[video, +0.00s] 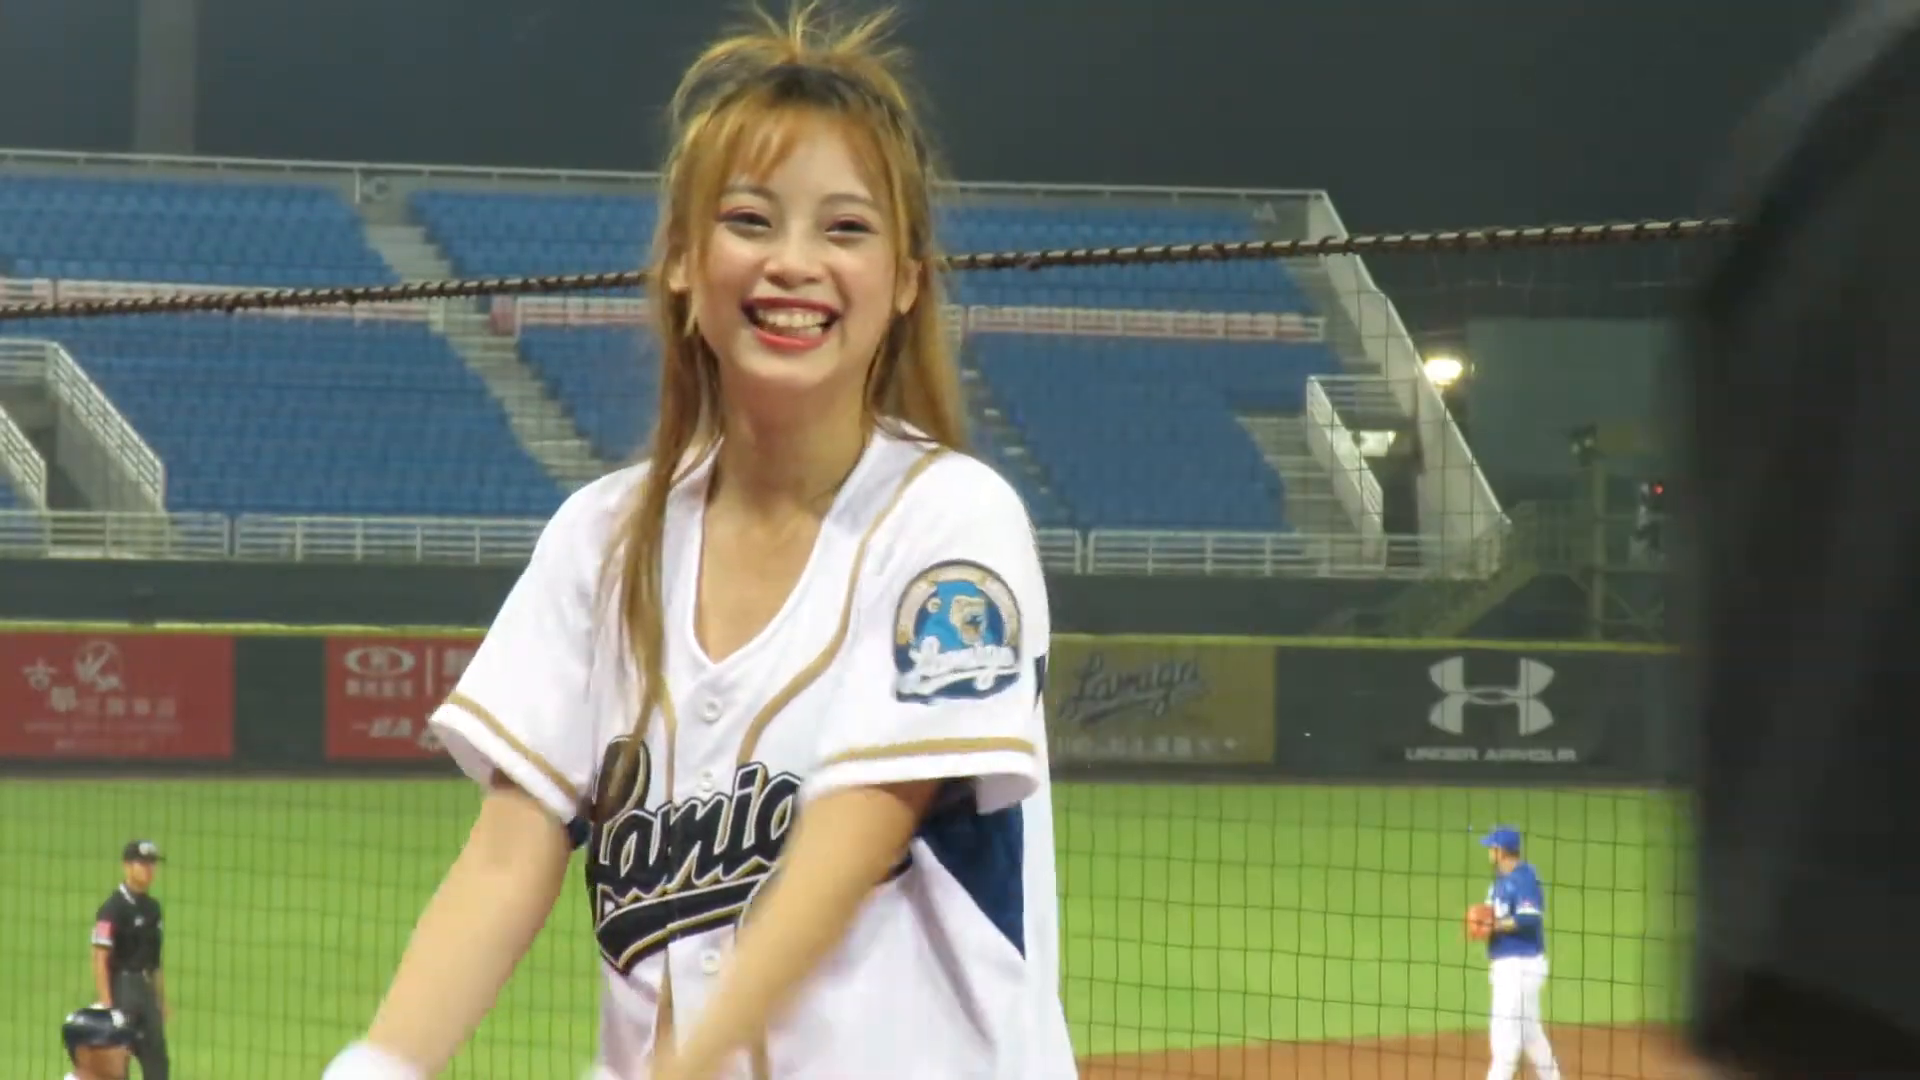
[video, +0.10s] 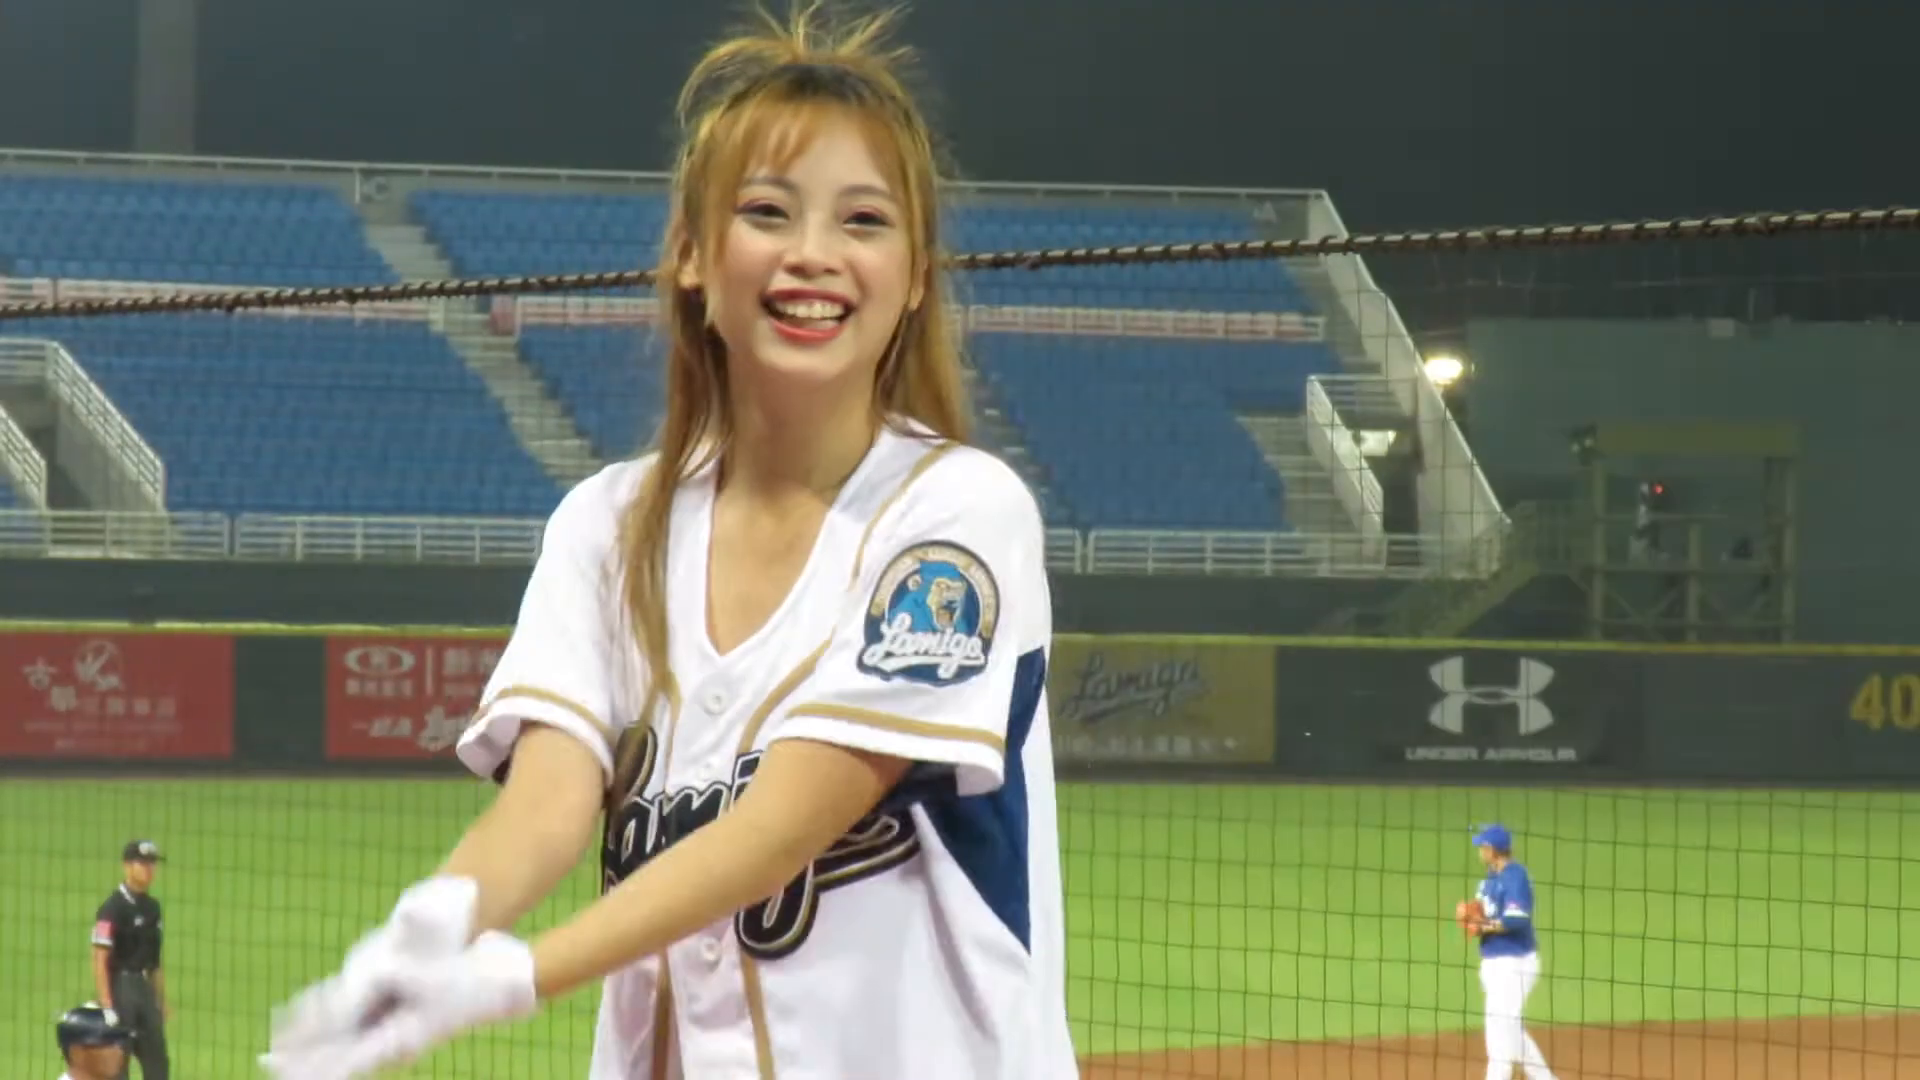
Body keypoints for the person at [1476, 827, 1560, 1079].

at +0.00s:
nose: (1490, 854)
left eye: (1493, 849)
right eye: (1490, 849)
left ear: (1503, 851)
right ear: (1505, 851)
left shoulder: (1524, 876)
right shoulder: (1500, 880)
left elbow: (1529, 917)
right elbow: (1494, 909)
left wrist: (1495, 925)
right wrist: (1482, 920)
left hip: (1522, 962)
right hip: (1505, 961)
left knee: (1505, 1029)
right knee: (1528, 1029)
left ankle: (1500, 1073)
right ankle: (1550, 1073)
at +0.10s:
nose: (1480, 852)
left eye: (1484, 847)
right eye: (1481, 847)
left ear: (1495, 849)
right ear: (1493, 849)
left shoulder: (1515, 875)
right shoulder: (1490, 879)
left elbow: (1518, 920)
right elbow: (1485, 909)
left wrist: (1484, 926)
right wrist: (1473, 916)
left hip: (1515, 961)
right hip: (1494, 961)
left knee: (1500, 1026)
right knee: (1507, 1028)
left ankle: (1498, 1074)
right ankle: (1543, 1075)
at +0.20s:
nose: (1472, 853)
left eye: (1475, 847)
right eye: (1472, 847)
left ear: (1486, 849)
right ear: (1488, 849)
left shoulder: (1505, 876)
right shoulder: (1483, 880)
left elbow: (1506, 922)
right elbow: (1484, 915)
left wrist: (1472, 925)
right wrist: (1467, 918)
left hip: (1509, 961)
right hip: (1485, 959)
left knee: (1498, 1024)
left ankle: (1498, 1074)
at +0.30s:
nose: (1468, 852)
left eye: (1470, 847)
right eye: (1469, 847)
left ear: (1479, 849)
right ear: (1486, 848)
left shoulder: (1498, 876)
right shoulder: (1481, 876)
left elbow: (1498, 919)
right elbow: (1480, 910)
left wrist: (1465, 924)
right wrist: (1461, 912)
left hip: (1500, 959)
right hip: (1481, 958)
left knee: (1492, 1020)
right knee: (1468, 1019)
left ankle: (1498, 1073)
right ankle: (1500, 1072)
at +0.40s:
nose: (1462, 852)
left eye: (1464, 847)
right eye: (1462, 847)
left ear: (1473, 849)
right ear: (1480, 848)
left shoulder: (1492, 874)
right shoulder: (1476, 876)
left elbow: (1492, 917)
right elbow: (1473, 910)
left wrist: (1461, 923)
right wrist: (1456, 913)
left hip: (1493, 959)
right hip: (1473, 958)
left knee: (1486, 1024)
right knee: (1458, 1020)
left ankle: (1489, 1074)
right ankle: (1474, 1074)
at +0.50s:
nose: (1456, 853)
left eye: (1458, 848)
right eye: (1456, 848)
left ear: (1469, 848)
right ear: (1472, 848)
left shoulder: (1485, 874)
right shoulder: (1471, 876)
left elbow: (1484, 916)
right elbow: (1466, 908)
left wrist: (1453, 924)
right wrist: (1447, 911)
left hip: (1487, 961)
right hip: (1464, 959)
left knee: (1483, 1029)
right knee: (1450, 1027)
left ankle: (1491, 1075)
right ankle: (1449, 1075)